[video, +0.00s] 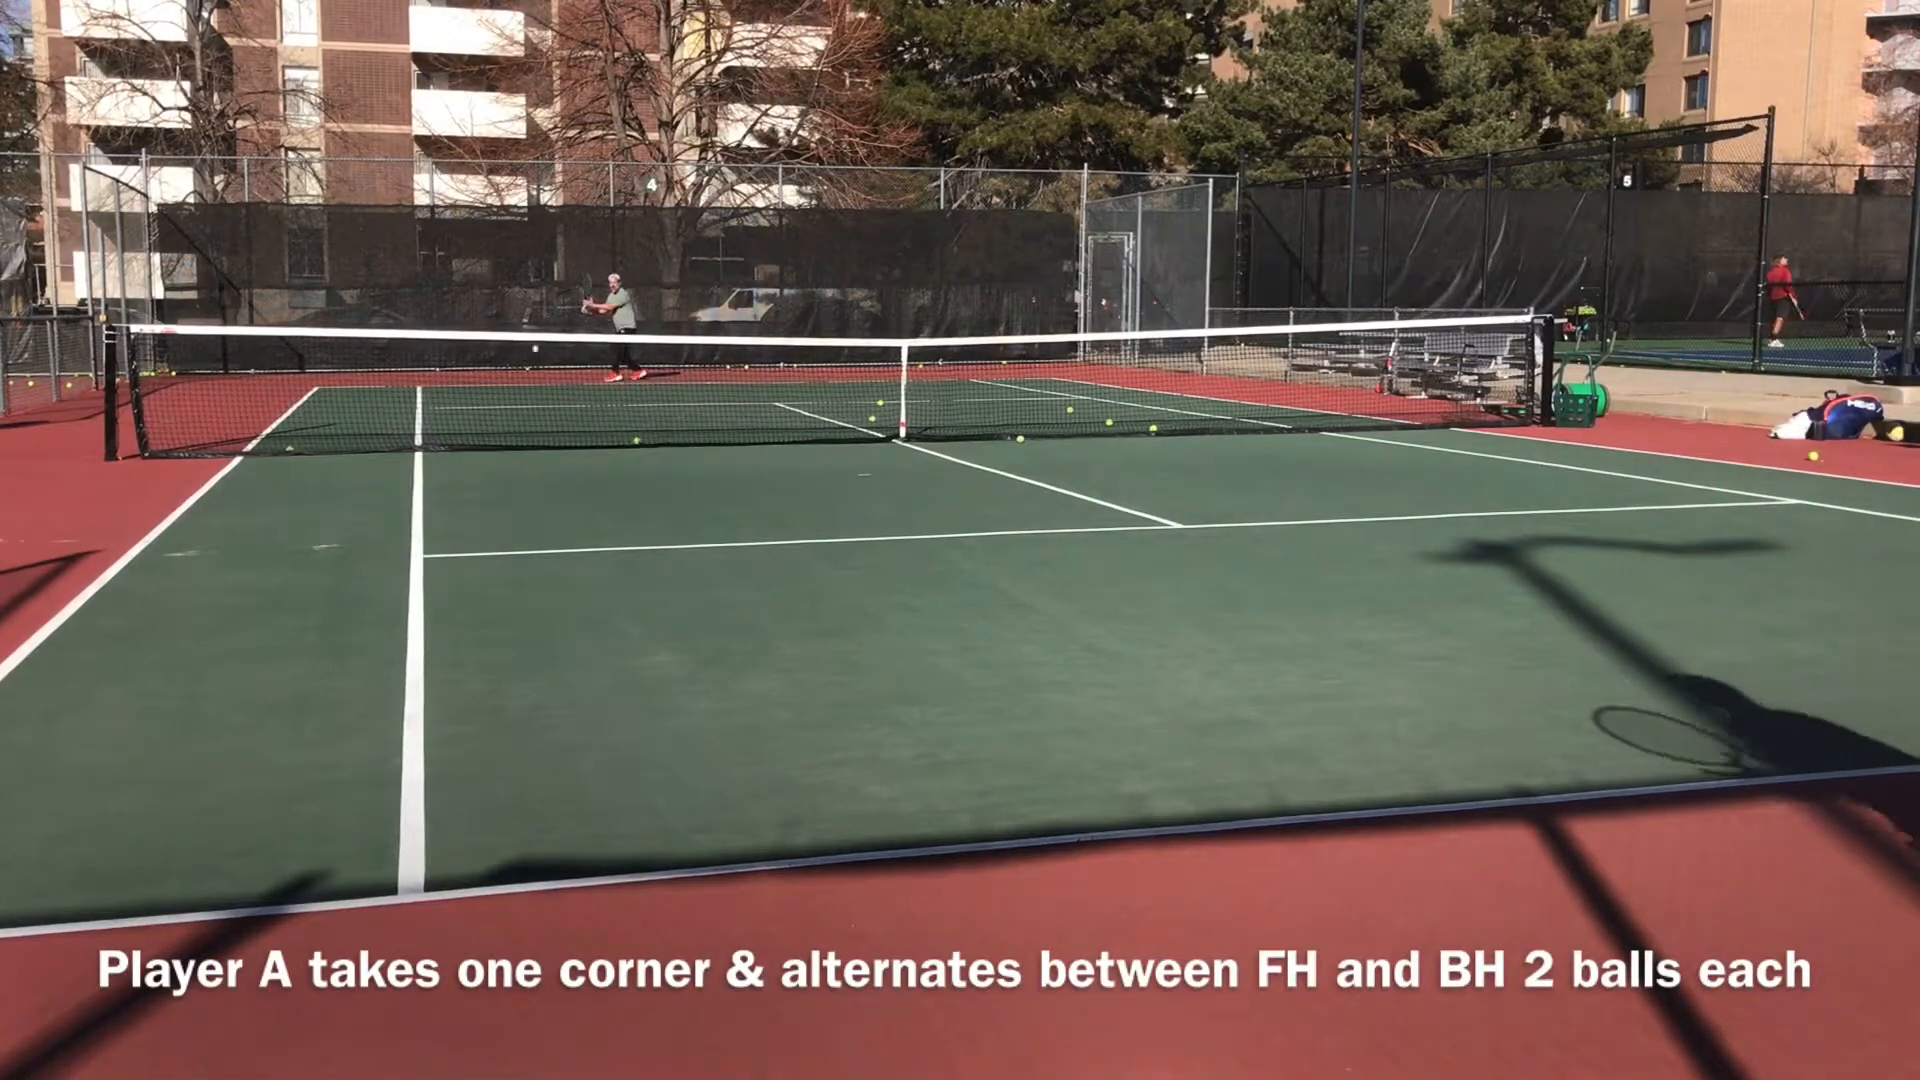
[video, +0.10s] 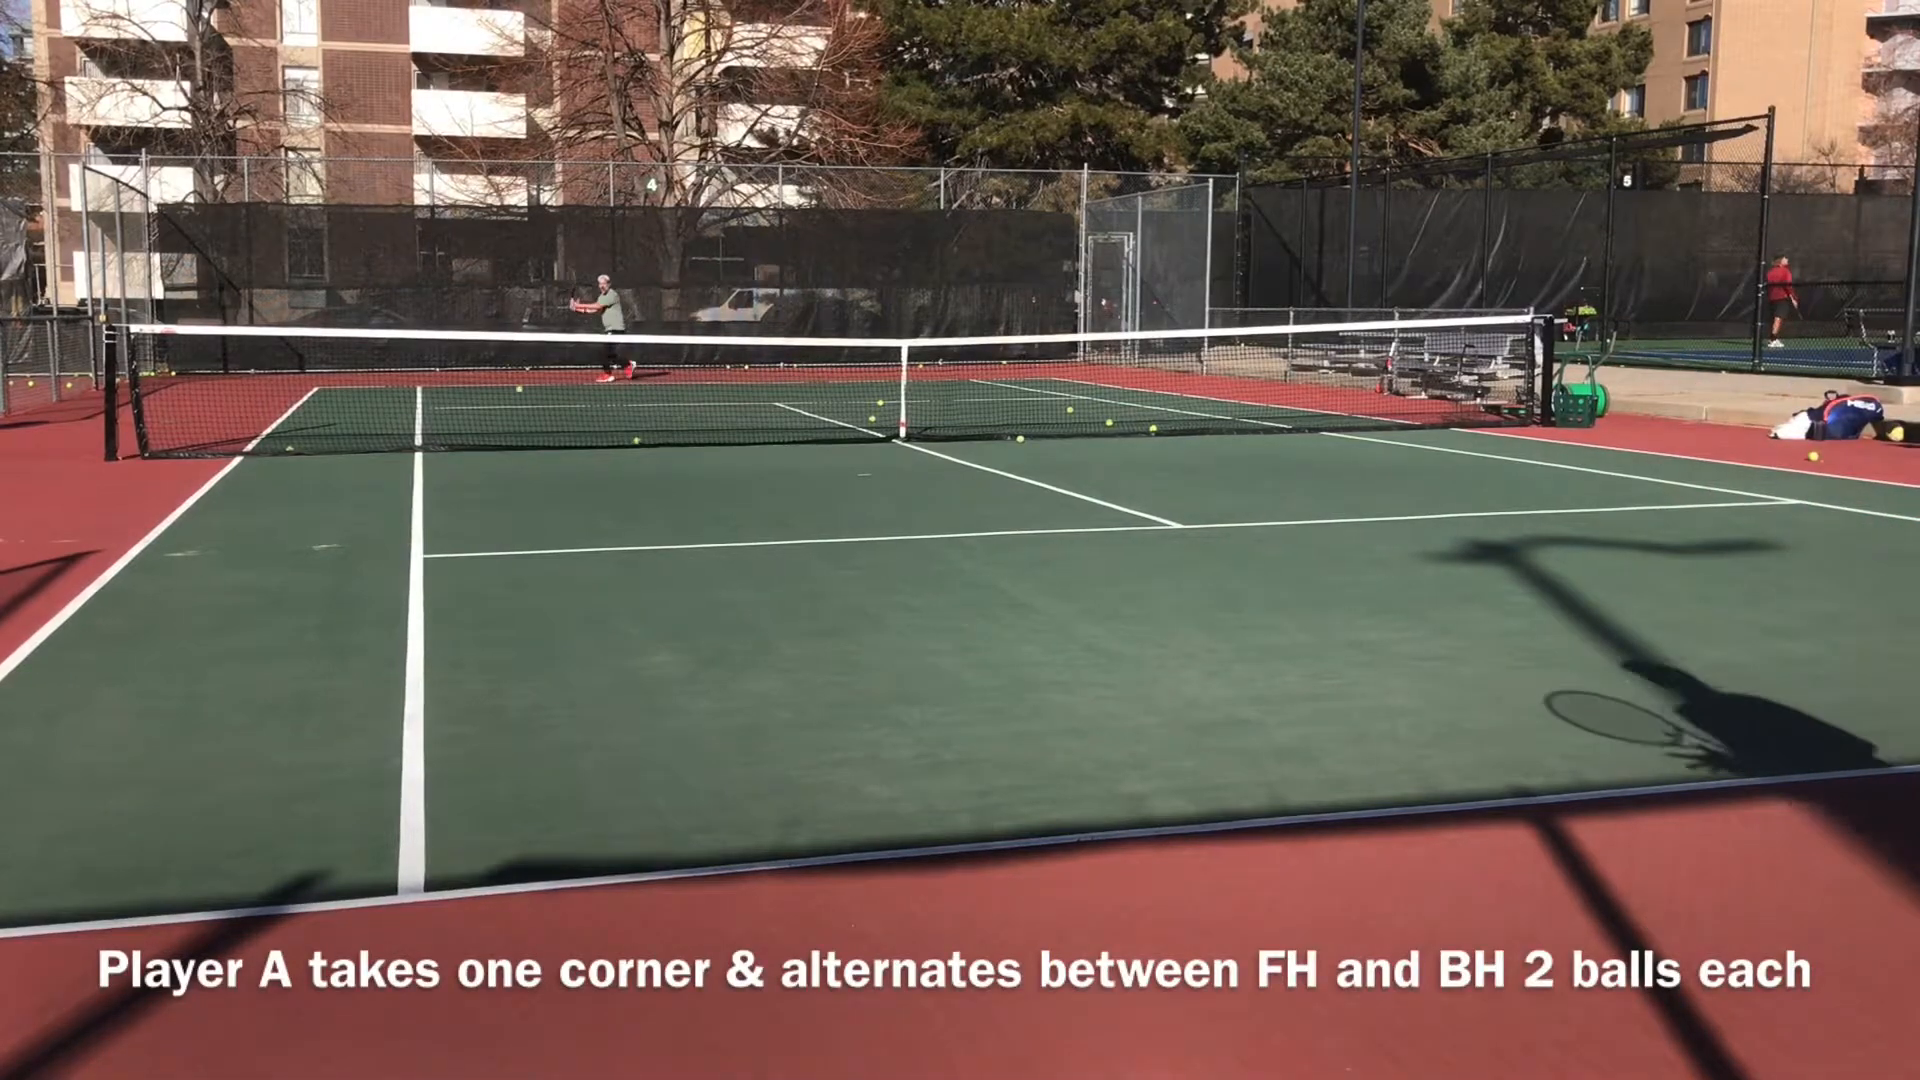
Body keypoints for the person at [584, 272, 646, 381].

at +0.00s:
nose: (612, 285)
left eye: (614, 283)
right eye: (610, 283)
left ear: (619, 283)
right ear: (609, 284)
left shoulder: (623, 294)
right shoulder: (611, 296)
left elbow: (610, 307)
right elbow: (604, 310)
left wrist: (592, 305)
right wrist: (591, 308)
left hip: (628, 327)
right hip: (620, 328)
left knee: (616, 349)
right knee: (624, 352)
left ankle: (616, 372)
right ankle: (638, 370)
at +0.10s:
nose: (602, 286)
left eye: (604, 284)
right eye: (600, 284)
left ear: (609, 284)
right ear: (598, 285)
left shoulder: (612, 295)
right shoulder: (602, 297)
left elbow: (597, 306)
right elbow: (594, 310)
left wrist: (579, 305)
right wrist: (577, 308)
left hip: (616, 329)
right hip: (609, 329)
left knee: (609, 351)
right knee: (606, 351)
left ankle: (628, 365)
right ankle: (607, 373)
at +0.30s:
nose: (578, 287)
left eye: (580, 284)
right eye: (578, 285)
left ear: (586, 284)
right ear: (581, 285)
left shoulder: (590, 295)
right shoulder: (588, 296)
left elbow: (576, 306)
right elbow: (577, 311)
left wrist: (557, 310)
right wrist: (562, 312)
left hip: (597, 331)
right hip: (592, 331)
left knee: (581, 350)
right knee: (592, 353)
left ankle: (580, 373)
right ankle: (604, 372)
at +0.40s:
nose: (567, 286)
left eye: (569, 284)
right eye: (566, 284)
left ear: (576, 283)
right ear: (567, 285)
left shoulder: (580, 294)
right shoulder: (576, 296)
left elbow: (566, 305)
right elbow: (572, 312)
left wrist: (547, 311)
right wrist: (561, 316)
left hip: (587, 331)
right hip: (580, 332)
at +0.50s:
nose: (557, 287)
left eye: (559, 285)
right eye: (556, 285)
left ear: (565, 284)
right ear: (557, 285)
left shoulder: (568, 295)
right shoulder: (565, 297)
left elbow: (559, 305)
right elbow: (565, 315)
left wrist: (544, 310)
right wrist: (559, 322)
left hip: (574, 330)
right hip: (566, 330)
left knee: (580, 354)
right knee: (555, 351)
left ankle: (597, 368)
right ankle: (553, 373)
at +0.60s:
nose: (547, 287)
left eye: (548, 285)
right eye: (546, 285)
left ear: (555, 284)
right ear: (550, 286)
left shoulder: (561, 294)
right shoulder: (555, 296)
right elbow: (553, 316)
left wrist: (552, 307)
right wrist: (549, 330)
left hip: (568, 331)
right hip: (559, 331)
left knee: (572, 354)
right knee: (550, 351)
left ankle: (589, 368)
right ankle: (552, 374)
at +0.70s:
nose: (541, 286)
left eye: (542, 283)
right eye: (540, 284)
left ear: (549, 282)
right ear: (541, 285)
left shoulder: (560, 293)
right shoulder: (545, 299)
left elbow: (567, 302)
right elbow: (541, 315)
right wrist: (535, 330)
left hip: (565, 328)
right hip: (553, 329)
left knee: (564, 350)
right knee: (545, 351)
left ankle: (577, 367)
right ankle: (552, 373)